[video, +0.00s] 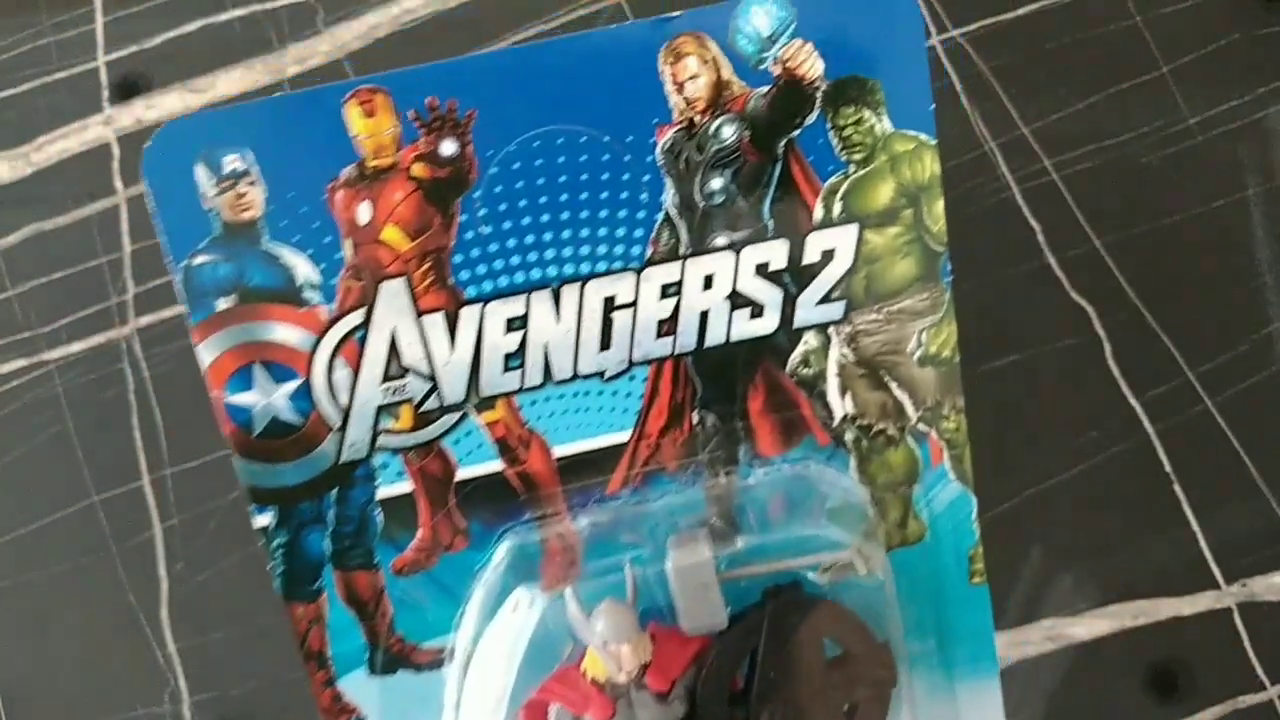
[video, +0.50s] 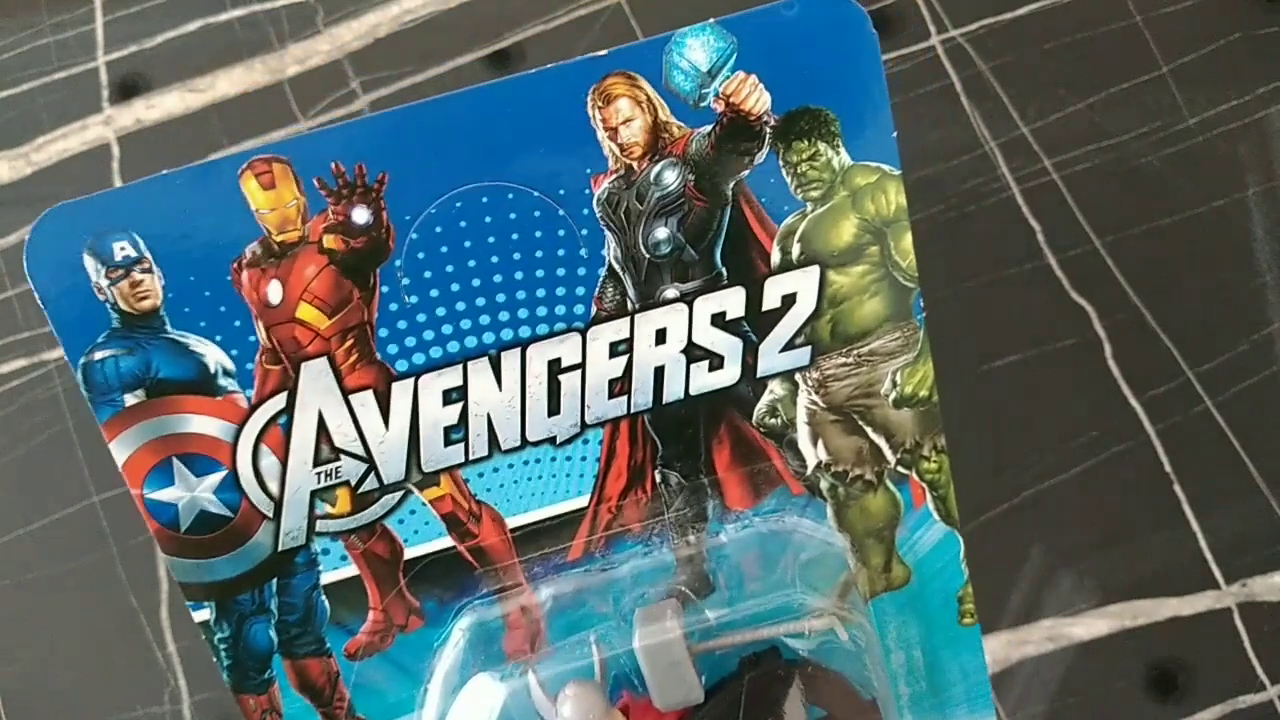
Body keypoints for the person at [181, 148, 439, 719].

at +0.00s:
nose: (243, 194)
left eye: (248, 183)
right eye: (229, 189)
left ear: (263, 189)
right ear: (211, 203)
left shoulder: (297, 261)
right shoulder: (207, 272)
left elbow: (327, 337)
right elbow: (225, 362)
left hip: (336, 429)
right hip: (277, 449)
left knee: (358, 544)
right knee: (302, 566)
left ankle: (388, 648)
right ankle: (321, 689)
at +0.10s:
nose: (208, 222)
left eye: (213, 209)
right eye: (193, 216)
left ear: (229, 212)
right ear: (176, 231)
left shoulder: (265, 285)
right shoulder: (173, 298)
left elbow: (299, 360)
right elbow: (198, 389)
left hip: (312, 453)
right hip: (251, 474)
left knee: (337, 569)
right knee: (280, 592)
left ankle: (369, 675)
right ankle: (299, 704)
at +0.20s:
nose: (189, 241)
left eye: (194, 228)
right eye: (173, 235)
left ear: (209, 234)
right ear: (156, 251)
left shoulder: (245, 304)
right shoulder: (152, 320)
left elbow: (283, 380)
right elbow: (174, 411)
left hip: (300, 470)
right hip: (240, 492)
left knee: (327, 589)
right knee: (270, 609)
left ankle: (361, 692)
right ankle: (290, 710)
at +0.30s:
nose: (166, 263)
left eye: (171, 251)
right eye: (151, 258)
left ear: (185, 256)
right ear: (132, 273)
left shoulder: (219, 323)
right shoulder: (133, 344)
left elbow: (262, 400)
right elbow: (165, 444)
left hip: (283, 481)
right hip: (226, 506)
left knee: (316, 599)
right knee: (260, 625)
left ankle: (355, 706)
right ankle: (282, 713)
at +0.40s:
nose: (155, 274)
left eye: (160, 261)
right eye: (140, 269)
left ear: (175, 266)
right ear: (123, 284)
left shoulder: (212, 335)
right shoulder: (123, 354)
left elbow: (256, 412)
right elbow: (157, 449)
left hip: (280, 492)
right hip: (219, 518)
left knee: (314, 613)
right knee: (257, 636)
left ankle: (350, 710)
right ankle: (277, 713)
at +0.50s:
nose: (139, 282)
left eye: (143, 269)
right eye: (123, 276)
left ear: (157, 273)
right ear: (106, 292)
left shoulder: (198, 342)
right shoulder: (108, 361)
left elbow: (246, 423)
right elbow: (142, 464)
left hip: (271, 510)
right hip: (214, 535)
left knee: (308, 637)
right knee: (251, 658)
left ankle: (343, 711)